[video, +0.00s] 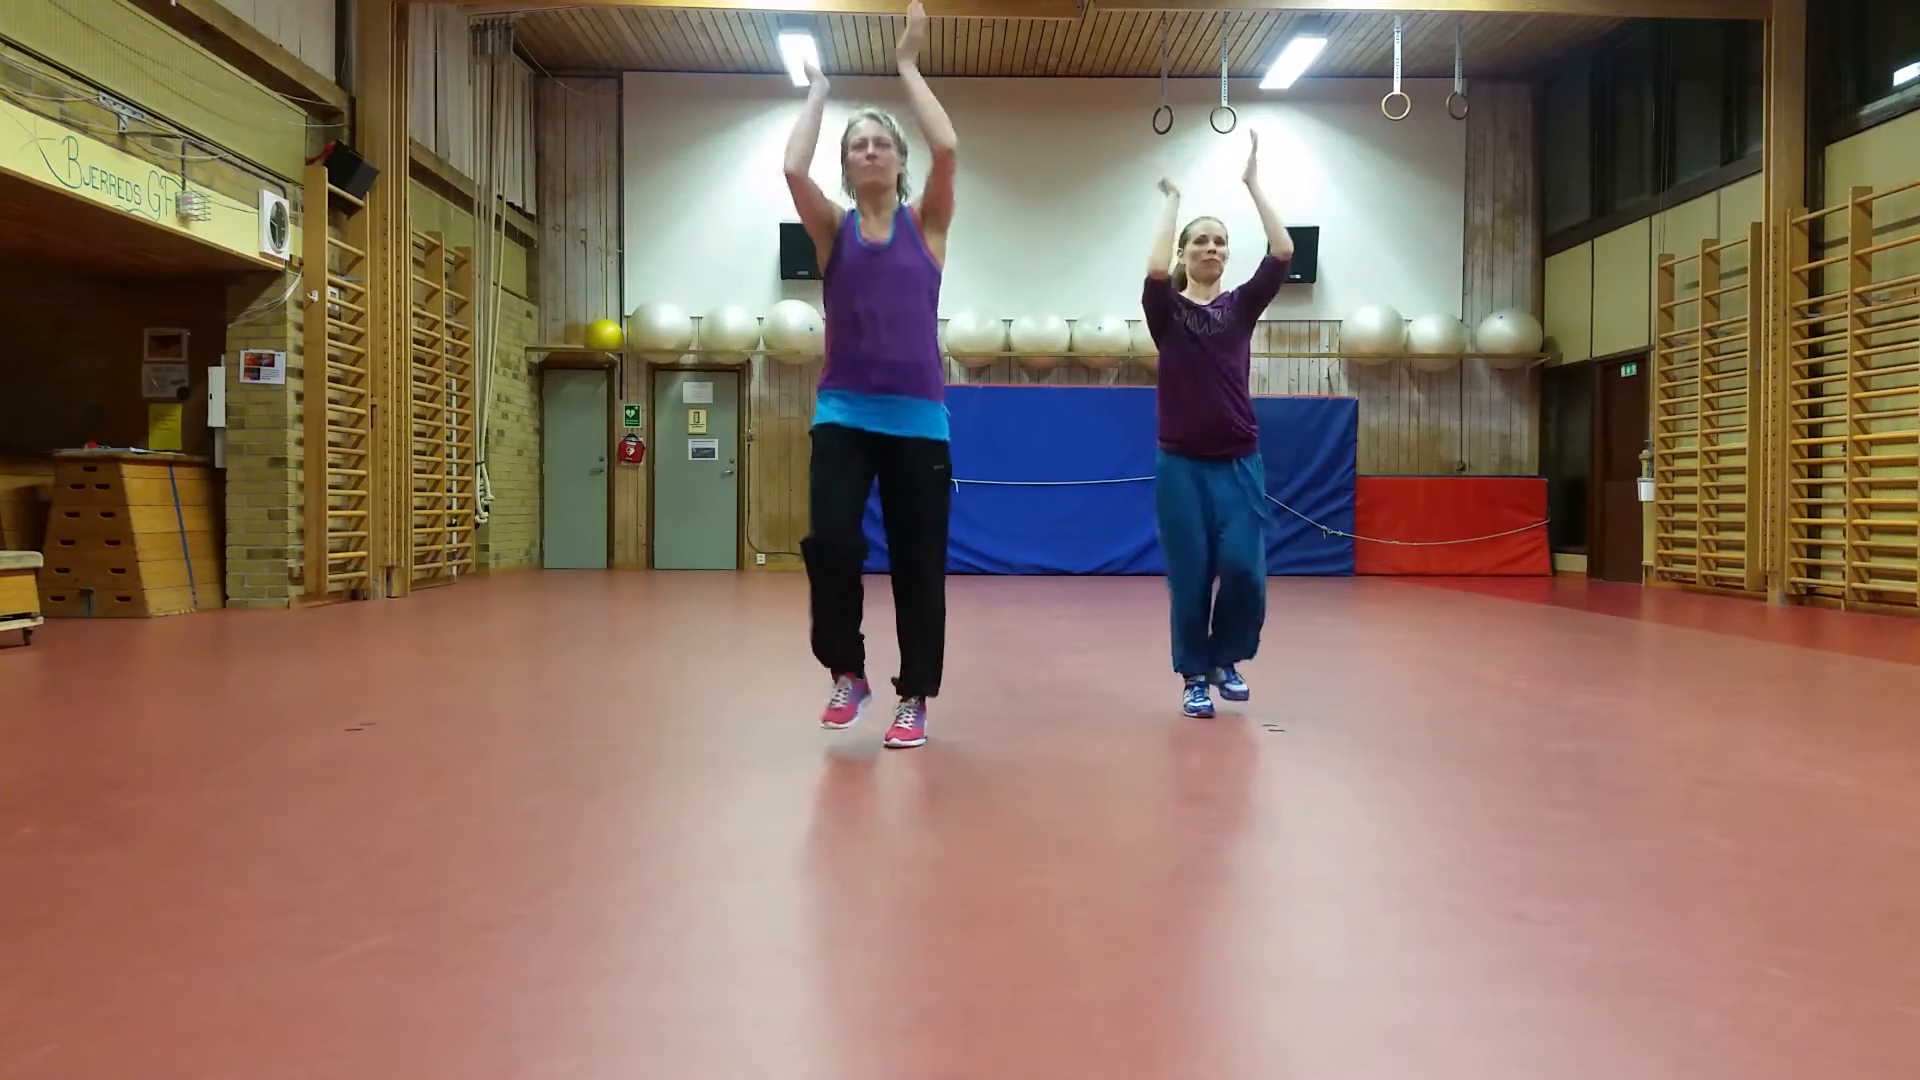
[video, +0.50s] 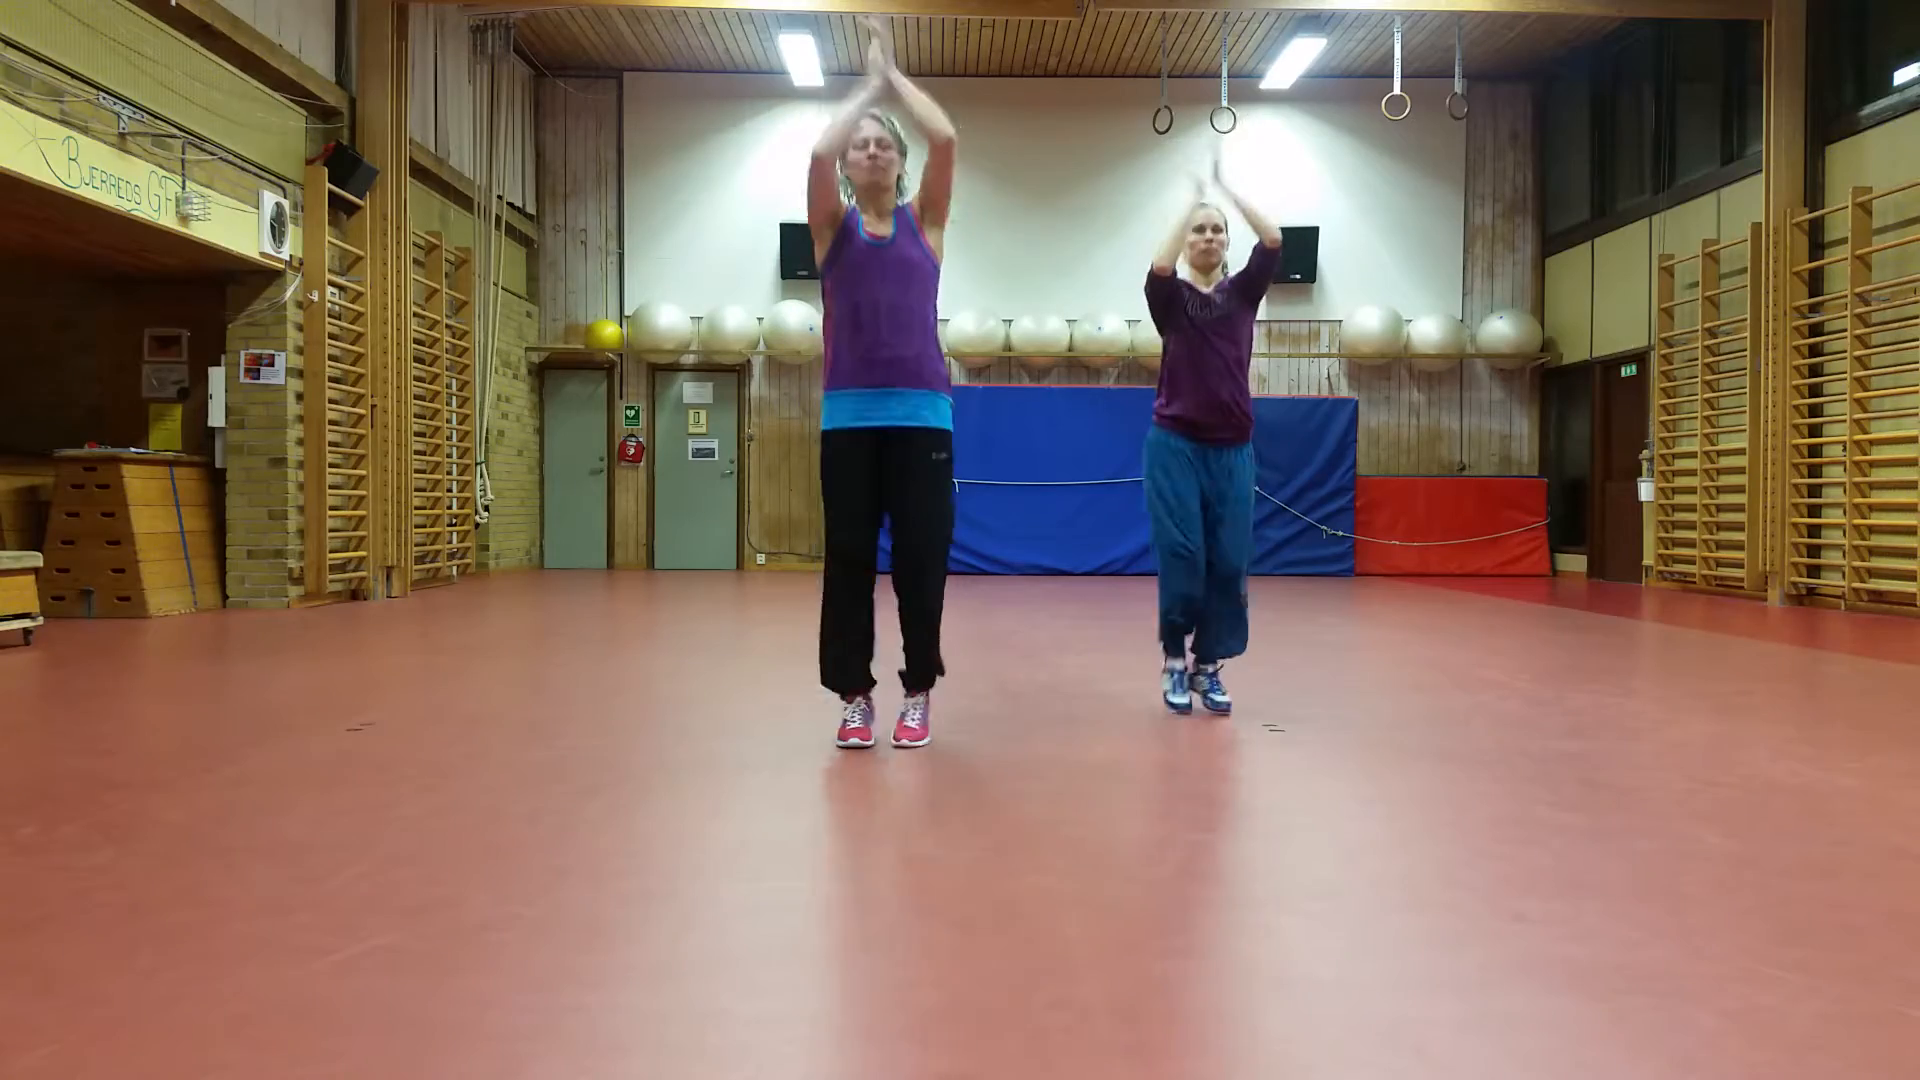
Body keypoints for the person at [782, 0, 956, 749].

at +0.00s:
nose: (870, 151)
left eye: (881, 144)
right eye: (858, 146)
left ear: (901, 161)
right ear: (844, 164)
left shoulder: (926, 225)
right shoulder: (834, 228)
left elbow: (946, 146)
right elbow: (795, 171)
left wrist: (907, 67)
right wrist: (817, 90)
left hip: (917, 415)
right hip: (842, 412)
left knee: (917, 561)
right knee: (830, 545)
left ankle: (915, 698)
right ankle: (846, 677)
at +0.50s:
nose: (874, 150)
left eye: (883, 144)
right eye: (862, 145)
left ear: (901, 163)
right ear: (844, 164)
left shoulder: (924, 222)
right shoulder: (833, 226)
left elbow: (945, 139)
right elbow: (823, 153)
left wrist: (894, 77)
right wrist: (871, 80)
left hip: (922, 416)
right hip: (851, 417)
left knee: (921, 562)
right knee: (849, 561)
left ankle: (918, 693)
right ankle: (854, 697)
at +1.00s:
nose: (873, 173)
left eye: (885, 167)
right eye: (862, 166)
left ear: (904, 185)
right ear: (849, 185)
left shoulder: (928, 249)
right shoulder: (835, 250)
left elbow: (952, 168)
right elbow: (805, 181)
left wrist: (896, 102)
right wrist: (861, 106)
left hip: (913, 440)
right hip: (840, 437)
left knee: (914, 580)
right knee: (840, 578)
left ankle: (891, 701)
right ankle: (846, 703)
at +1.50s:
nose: (891, 169)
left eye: (902, 160)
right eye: (879, 162)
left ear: (923, 175)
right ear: (867, 177)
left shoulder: (948, 236)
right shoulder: (853, 239)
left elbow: (981, 167)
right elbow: (804, 188)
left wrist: (923, 96)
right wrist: (855, 112)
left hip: (941, 428)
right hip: (865, 428)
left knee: (941, 572)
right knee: (834, 564)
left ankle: (934, 703)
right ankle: (862, 689)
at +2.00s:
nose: (889, 151)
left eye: (900, 143)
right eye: (878, 144)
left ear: (919, 160)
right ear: (861, 160)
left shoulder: (940, 222)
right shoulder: (847, 226)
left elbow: (977, 157)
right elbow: (821, 169)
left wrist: (946, 67)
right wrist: (836, 90)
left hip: (934, 413)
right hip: (860, 415)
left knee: (947, 550)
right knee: (860, 558)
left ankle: (930, 682)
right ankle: (868, 697)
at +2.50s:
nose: (883, 166)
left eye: (894, 157)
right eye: (871, 157)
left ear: (912, 172)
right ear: (855, 172)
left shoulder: (935, 239)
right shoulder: (845, 239)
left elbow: (952, 160)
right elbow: (818, 180)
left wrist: (898, 93)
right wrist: (867, 103)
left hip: (921, 425)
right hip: (849, 421)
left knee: (921, 571)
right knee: (849, 565)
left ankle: (890, 702)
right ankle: (844, 695)